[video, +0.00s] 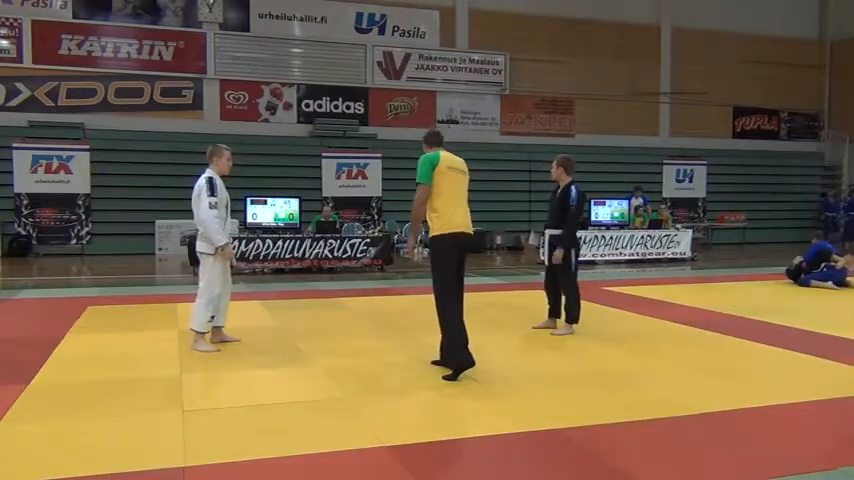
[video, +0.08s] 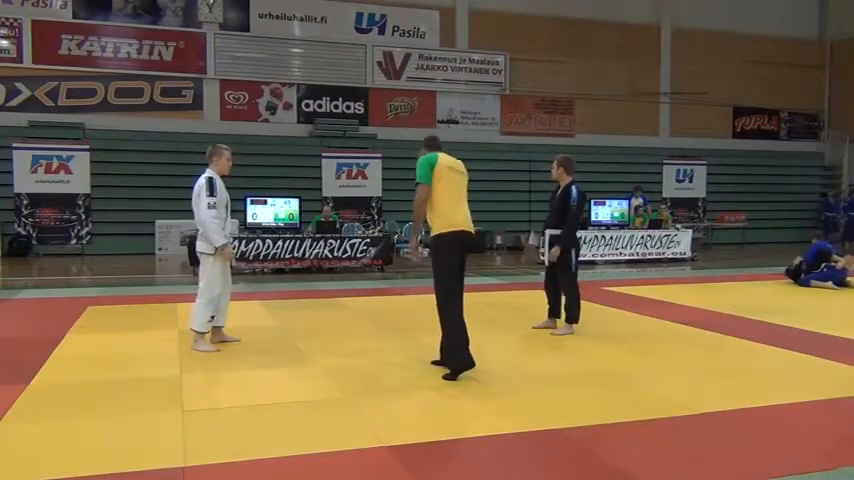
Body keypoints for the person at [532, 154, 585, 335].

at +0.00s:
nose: (551, 171)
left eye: (553, 168)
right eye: (551, 168)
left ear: (561, 170)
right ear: (562, 170)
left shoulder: (573, 191)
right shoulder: (557, 191)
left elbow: (571, 222)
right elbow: (553, 220)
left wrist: (562, 246)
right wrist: (545, 244)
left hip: (565, 240)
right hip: (552, 239)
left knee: (568, 282)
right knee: (551, 281)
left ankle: (569, 323)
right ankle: (552, 318)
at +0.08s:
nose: (551, 171)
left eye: (553, 168)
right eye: (552, 168)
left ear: (561, 170)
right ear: (562, 170)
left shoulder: (573, 191)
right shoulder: (557, 191)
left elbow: (572, 222)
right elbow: (552, 219)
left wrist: (560, 245)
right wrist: (545, 242)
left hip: (566, 241)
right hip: (552, 240)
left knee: (568, 282)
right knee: (551, 281)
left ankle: (569, 323)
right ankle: (552, 318)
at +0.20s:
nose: (551, 171)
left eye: (554, 168)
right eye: (552, 168)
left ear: (562, 170)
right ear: (562, 170)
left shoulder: (573, 191)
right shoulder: (557, 191)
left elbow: (572, 222)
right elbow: (551, 218)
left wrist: (559, 245)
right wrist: (542, 238)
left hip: (566, 241)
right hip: (552, 239)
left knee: (568, 282)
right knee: (551, 281)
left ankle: (569, 323)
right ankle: (552, 318)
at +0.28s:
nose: (551, 171)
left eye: (554, 168)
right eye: (552, 168)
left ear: (562, 170)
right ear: (562, 170)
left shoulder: (574, 191)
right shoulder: (557, 191)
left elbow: (572, 222)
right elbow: (551, 218)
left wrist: (561, 247)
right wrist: (542, 239)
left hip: (566, 240)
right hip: (551, 238)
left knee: (568, 282)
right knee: (551, 281)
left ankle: (569, 323)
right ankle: (551, 318)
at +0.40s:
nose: (551, 171)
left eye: (553, 168)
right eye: (552, 168)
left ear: (561, 170)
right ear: (562, 170)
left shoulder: (574, 191)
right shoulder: (557, 191)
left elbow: (573, 222)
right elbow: (551, 218)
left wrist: (565, 248)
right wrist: (541, 238)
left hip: (565, 240)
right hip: (551, 239)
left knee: (568, 282)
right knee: (550, 281)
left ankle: (569, 323)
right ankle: (551, 318)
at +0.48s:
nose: (551, 171)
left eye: (553, 168)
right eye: (551, 168)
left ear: (561, 170)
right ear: (562, 170)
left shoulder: (574, 191)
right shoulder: (556, 191)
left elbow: (574, 222)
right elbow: (551, 218)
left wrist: (568, 249)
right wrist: (541, 238)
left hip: (565, 241)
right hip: (552, 240)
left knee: (569, 283)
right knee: (548, 282)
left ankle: (569, 323)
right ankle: (551, 318)